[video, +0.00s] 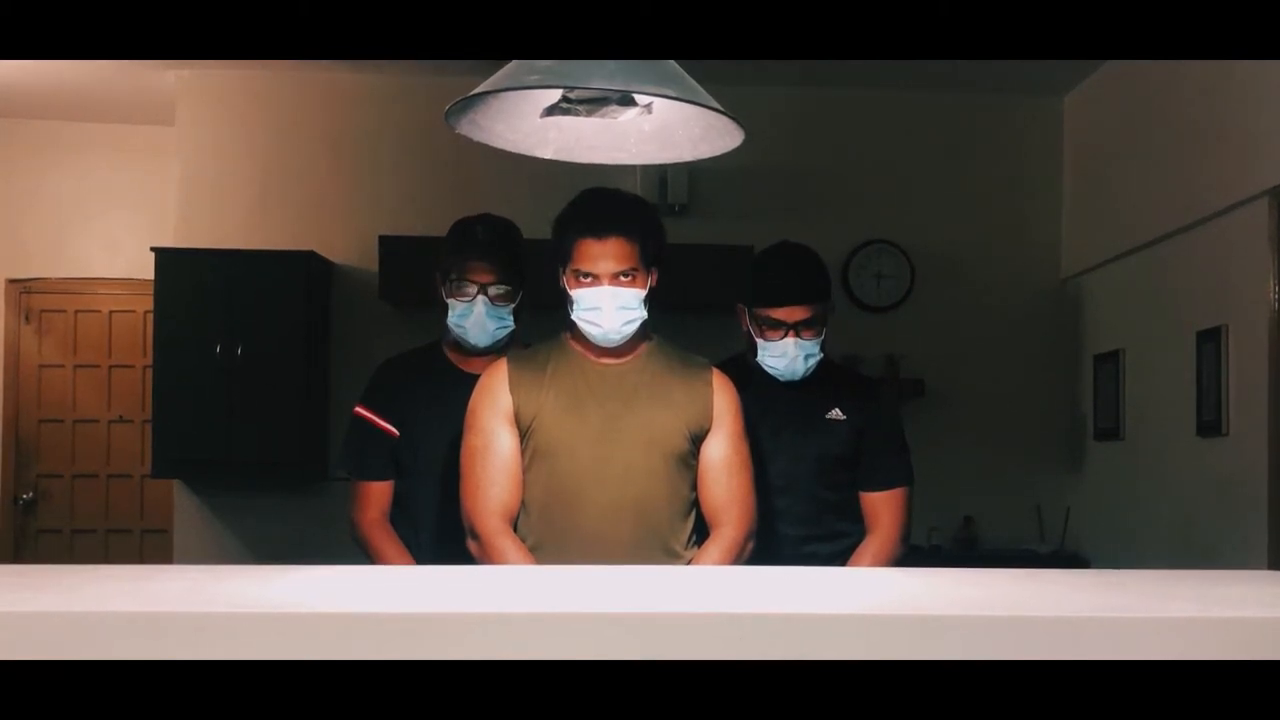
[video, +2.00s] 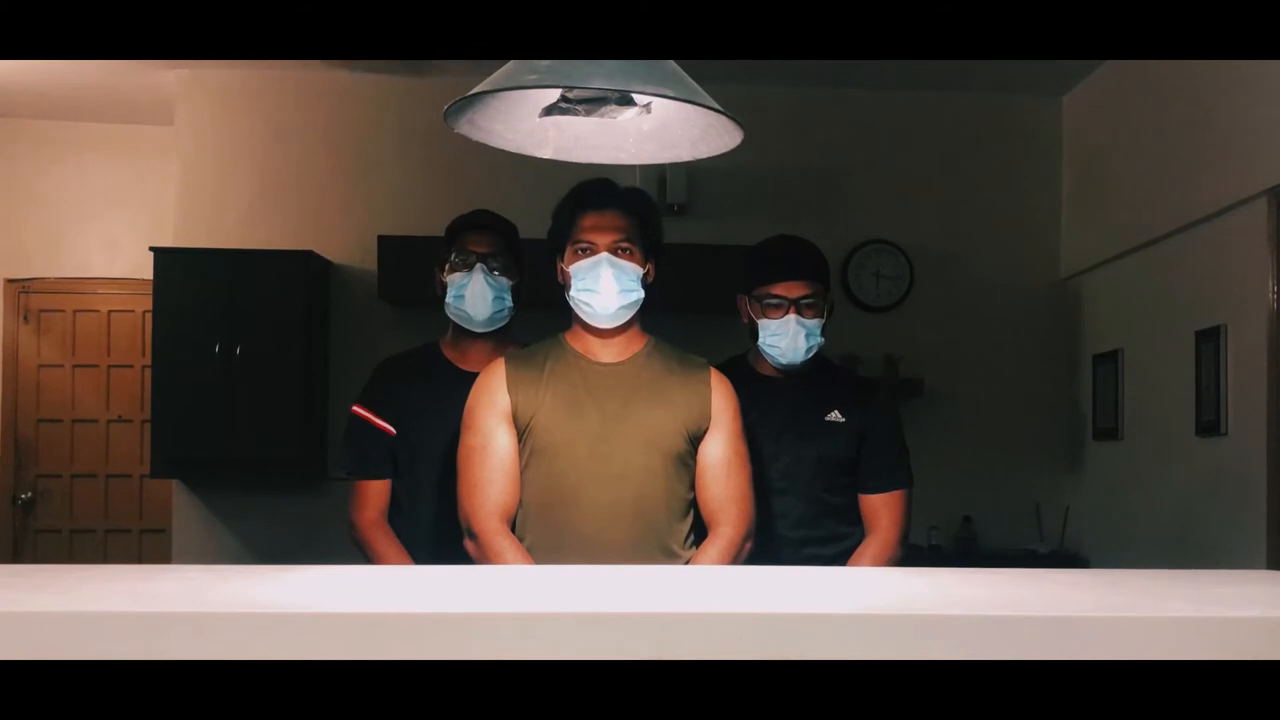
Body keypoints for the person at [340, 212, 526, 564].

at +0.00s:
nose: (480, 309)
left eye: (499, 293)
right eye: (463, 289)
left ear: (518, 297)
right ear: (442, 289)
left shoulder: (538, 385)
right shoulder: (399, 380)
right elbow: (369, 518)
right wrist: (422, 596)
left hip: (515, 592)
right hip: (427, 590)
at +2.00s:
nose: (478, 278)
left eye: (496, 266)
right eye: (463, 262)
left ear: (516, 280)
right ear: (442, 276)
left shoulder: (541, 381)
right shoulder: (397, 379)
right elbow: (368, 519)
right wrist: (422, 600)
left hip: (517, 594)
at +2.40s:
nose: (481, 271)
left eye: (498, 260)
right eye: (465, 257)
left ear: (516, 276)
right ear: (443, 273)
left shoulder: (541, 380)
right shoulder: (397, 378)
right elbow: (368, 520)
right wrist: (422, 599)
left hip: (517, 593)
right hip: (426, 591)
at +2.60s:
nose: (480, 270)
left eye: (498, 258)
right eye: (465, 256)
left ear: (516, 274)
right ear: (442, 273)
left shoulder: (541, 381)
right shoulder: (397, 379)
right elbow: (368, 520)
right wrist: (421, 599)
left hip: (518, 594)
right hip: (426, 592)